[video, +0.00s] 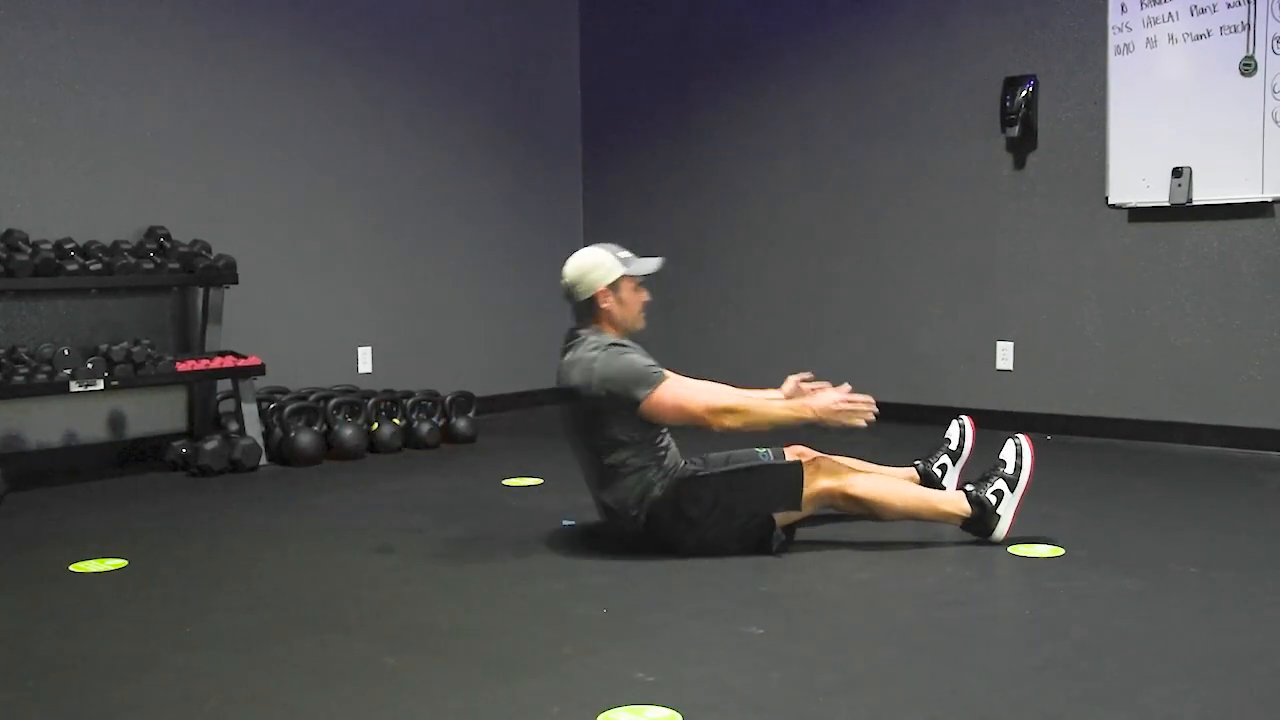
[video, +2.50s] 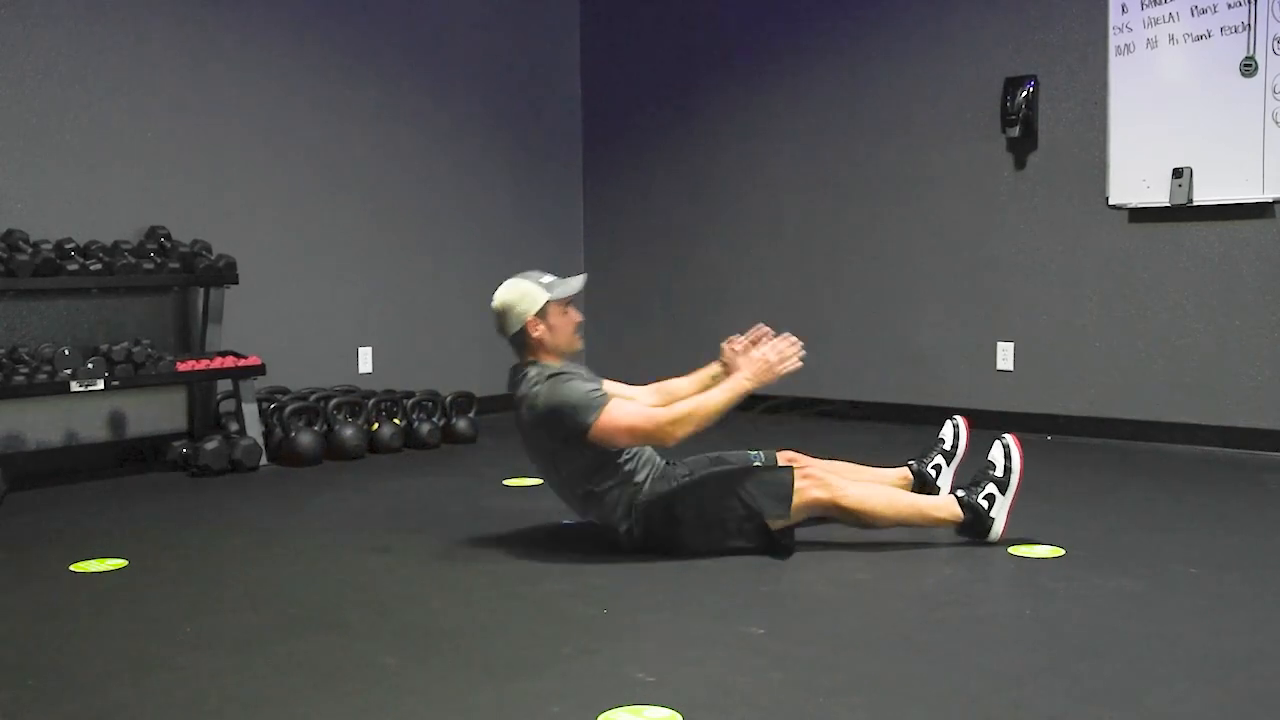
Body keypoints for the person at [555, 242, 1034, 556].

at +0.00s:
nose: (644, 295)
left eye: (639, 285)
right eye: (633, 287)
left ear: (602, 300)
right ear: (604, 300)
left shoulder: (603, 351)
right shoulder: (604, 362)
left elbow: (698, 396)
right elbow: (712, 414)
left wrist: (776, 397)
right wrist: (811, 411)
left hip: (662, 488)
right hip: (655, 507)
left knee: (807, 456)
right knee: (825, 482)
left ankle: (926, 477)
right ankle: (980, 510)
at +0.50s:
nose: (448, 427)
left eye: (438, 422)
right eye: (432, 431)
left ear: (435, 444)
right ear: (418, 462)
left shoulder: (467, 474)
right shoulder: (463, 493)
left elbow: (527, 419)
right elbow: (531, 420)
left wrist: (496, 331)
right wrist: (491, 333)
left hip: (626, 488)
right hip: (624, 510)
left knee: (771, 465)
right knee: (790, 488)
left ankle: (898, 483)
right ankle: (943, 515)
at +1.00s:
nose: (385, 481)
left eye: (381, 474)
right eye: (379, 481)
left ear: (392, 484)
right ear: (383, 504)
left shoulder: (442, 499)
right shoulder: (436, 523)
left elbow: (414, 415)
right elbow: (409, 417)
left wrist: (332, 452)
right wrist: (323, 454)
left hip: (621, 486)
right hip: (620, 512)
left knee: (767, 464)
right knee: (784, 486)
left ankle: (897, 486)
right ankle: (942, 514)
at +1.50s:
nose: (546, 332)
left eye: (539, 323)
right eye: (533, 327)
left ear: (510, 345)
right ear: (506, 348)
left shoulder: (536, 388)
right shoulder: (526, 409)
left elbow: (631, 394)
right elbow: (636, 421)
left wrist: (711, 376)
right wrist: (732, 394)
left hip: (642, 487)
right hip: (635, 511)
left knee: (789, 458)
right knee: (804, 476)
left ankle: (914, 478)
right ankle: (957, 500)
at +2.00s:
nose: (702, 285)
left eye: (699, 275)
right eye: (694, 275)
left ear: (657, 285)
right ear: (665, 284)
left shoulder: (640, 339)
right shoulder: (656, 350)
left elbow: (738, 411)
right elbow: (748, 421)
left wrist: (809, 426)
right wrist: (840, 448)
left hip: (658, 493)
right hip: (658, 508)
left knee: (826, 457)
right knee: (835, 480)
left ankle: (931, 483)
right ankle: (975, 510)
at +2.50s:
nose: (576, 313)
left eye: (570, 304)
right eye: (564, 307)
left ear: (541, 325)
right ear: (536, 327)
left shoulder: (561, 374)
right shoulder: (551, 394)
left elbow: (649, 398)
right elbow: (663, 429)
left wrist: (720, 365)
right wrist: (747, 379)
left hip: (660, 477)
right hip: (647, 505)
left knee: (796, 462)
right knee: (812, 485)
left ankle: (920, 477)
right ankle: (970, 513)